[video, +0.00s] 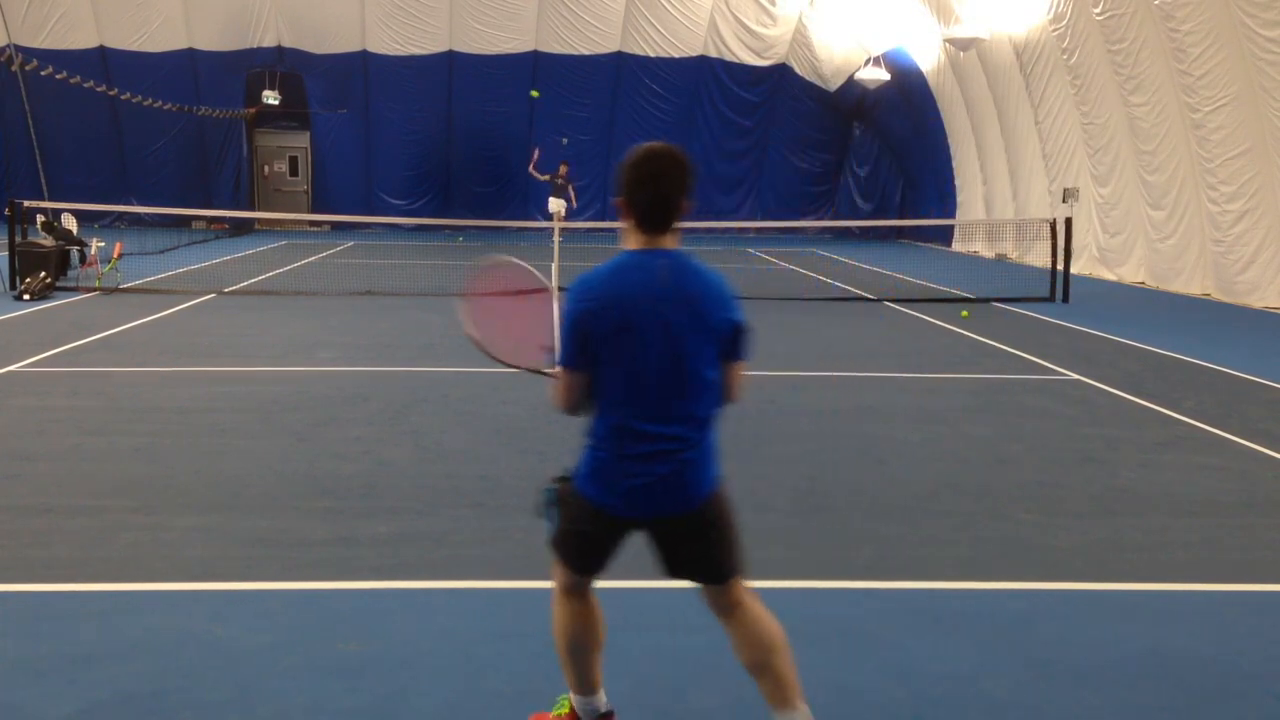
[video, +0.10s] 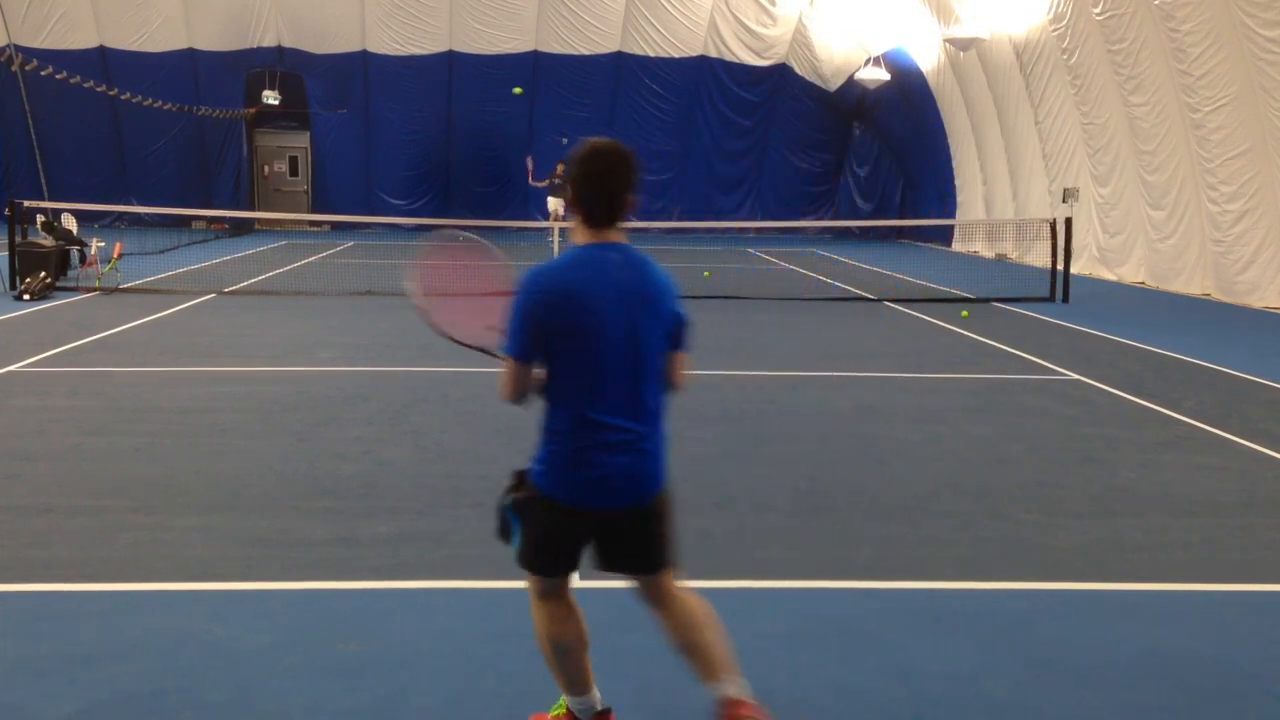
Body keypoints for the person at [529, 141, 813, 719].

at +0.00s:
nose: (624, 205)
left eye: (622, 197)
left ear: (621, 206)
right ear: (683, 208)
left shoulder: (591, 291)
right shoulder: (711, 289)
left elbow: (569, 397)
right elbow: (730, 388)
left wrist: (596, 365)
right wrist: (669, 372)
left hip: (608, 481)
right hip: (689, 483)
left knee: (571, 584)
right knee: (732, 597)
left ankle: (589, 707)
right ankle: (795, 711)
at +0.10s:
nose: (560, 195)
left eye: (563, 187)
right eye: (565, 185)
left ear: (568, 199)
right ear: (628, 202)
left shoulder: (544, 282)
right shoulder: (655, 280)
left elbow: (513, 389)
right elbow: (676, 373)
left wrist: (551, 369)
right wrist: (614, 359)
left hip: (565, 473)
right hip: (639, 473)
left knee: (549, 586)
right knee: (661, 583)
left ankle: (584, 707)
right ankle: (735, 697)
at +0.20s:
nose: (518, 183)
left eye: (519, 176)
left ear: (520, 186)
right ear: (583, 187)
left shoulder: (509, 263)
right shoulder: (607, 261)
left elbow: (474, 371)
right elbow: (621, 358)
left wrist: (462, 354)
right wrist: (526, 399)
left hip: (539, 453)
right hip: (604, 450)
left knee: (505, 573)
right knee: (588, 563)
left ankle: (556, 693)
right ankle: (645, 690)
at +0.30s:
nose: (468, 187)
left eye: (470, 179)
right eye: (474, 178)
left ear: (474, 189)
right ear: (535, 187)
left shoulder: (481, 264)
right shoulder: (556, 259)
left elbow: (442, 376)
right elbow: (544, 371)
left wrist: (416, 366)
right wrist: (473, 404)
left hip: (516, 453)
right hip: (568, 445)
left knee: (432, 575)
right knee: (540, 561)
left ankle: (490, 698)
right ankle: (582, 693)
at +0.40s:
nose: (422, 199)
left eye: (425, 192)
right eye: (427, 190)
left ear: (428, 202)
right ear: (490, 203)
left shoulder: (451, 282)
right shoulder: (500, 269)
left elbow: (406, 388)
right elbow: (480, 386)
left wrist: (355, 377)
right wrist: (402, 417)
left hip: (475, 472)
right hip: (514, 462)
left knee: (388, 594)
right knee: (497, 576)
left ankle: (377, 712)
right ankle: (574, 690)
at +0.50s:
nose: (383, 210)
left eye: (385, 201)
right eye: (390, 200)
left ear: (390, 210)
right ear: (449, 208)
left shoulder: (424, 288)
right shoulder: (451, 277)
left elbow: (364, 384)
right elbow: (394, 387)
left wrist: (299, 368)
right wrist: (320, 415)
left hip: (427, 475)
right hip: (451, 468)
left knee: (339, 606)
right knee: (387, 576)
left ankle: (355, 714)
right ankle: (504, 649)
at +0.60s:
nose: (349, 215)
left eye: (350, 205)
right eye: (353, 204)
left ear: (355, 212)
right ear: (414, 208)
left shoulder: (398, 285)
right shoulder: (405, 277)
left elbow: (332, 366)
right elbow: (333, 367)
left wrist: (252, 336)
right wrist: (246, 385)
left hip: (394, 472)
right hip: (394, 464)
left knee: (310, 615)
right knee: (326, 570)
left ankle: (350, 713)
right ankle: (423, 647)